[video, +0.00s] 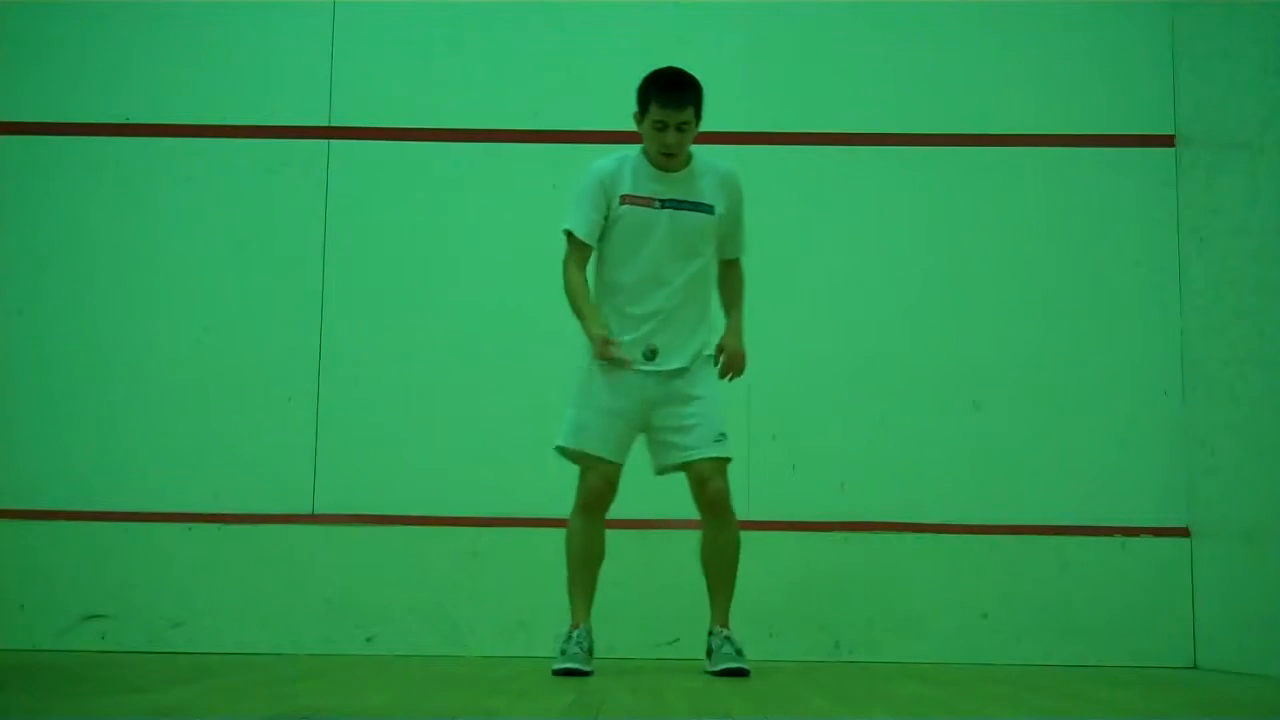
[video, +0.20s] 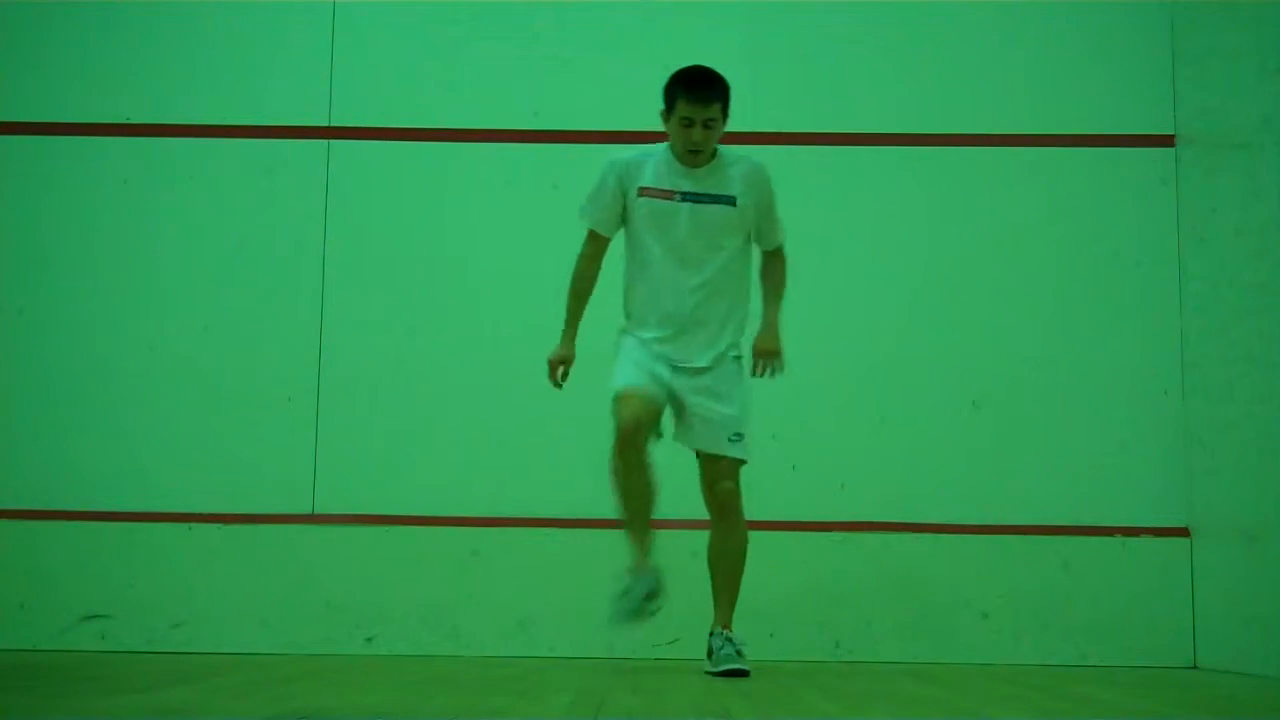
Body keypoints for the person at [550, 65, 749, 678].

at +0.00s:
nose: (670, 140)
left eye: (682, 128)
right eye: (659, 127)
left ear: (698, 125)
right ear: (639, 122)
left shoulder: (723, 185)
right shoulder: (608, 177)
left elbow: (731, 264)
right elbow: (573, 265)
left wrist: (734, 330)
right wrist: (594, 331)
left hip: (690, 372)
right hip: (616, 367)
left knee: (716, 495)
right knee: (594, 491)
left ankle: (721, 633)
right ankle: (578, 631)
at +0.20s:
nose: (698, 135)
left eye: (709, 124)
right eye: (687, 122)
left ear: (724, 123)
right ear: (666, 117)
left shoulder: (750, 178)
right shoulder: (629, 171)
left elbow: (773, 255)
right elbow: (591, 252)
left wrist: (770, 327)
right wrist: (568, 336)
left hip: (718, 353)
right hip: (646, 346)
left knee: (724, 491)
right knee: (629, 425)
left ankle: (723, 632)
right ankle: (642, 568)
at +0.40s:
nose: (708, 140)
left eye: (720, 129)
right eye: (698, 127)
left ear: (735, 128)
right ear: (677, 122)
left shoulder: (757, 200)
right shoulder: (638, 185)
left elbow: (772, 279)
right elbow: (605, 261)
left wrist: (774, 341)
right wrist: (593, 340)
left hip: (732, 362)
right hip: (661, 355)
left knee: (739, 488)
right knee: (686, 461)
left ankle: (725, 631)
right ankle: (703, 620)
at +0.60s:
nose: (709, 155)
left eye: (721, 144)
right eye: (699, 143)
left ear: (736, 145)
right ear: (680, 140)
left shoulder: (763, 226)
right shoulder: (641, 207)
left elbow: (787, 298)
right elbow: (602, 288)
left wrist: (805, 346)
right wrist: (589, 376)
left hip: (727, 373)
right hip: (657, 358)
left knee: (737, 497)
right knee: (686, 405)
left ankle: (722, 634)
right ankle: (710, 536)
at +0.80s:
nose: (694, 121)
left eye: (705, 111)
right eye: (683, 109)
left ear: (718, 115)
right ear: (660, 110)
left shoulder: (743, 194)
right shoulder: (622, 181)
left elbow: (777, 266)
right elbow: (591, 264)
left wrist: (793, 305)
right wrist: (590, 354)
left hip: (715, 349)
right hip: (648, 334)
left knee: (720, 496)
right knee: (629, 360)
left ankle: (721, 632)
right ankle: (672, 510)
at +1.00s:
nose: (665, 121)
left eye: (678, 110)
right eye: (656, 108)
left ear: (692, 116)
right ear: (635, 110)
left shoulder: (720, 198)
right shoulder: (594, 186)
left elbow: (742, 284)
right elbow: (564, 267)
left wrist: (753, 351)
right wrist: (554, 349)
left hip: (689, 372)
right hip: (613, 372)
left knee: (700, 495)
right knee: (599, 497)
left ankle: (716, 625)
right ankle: (636, 629)